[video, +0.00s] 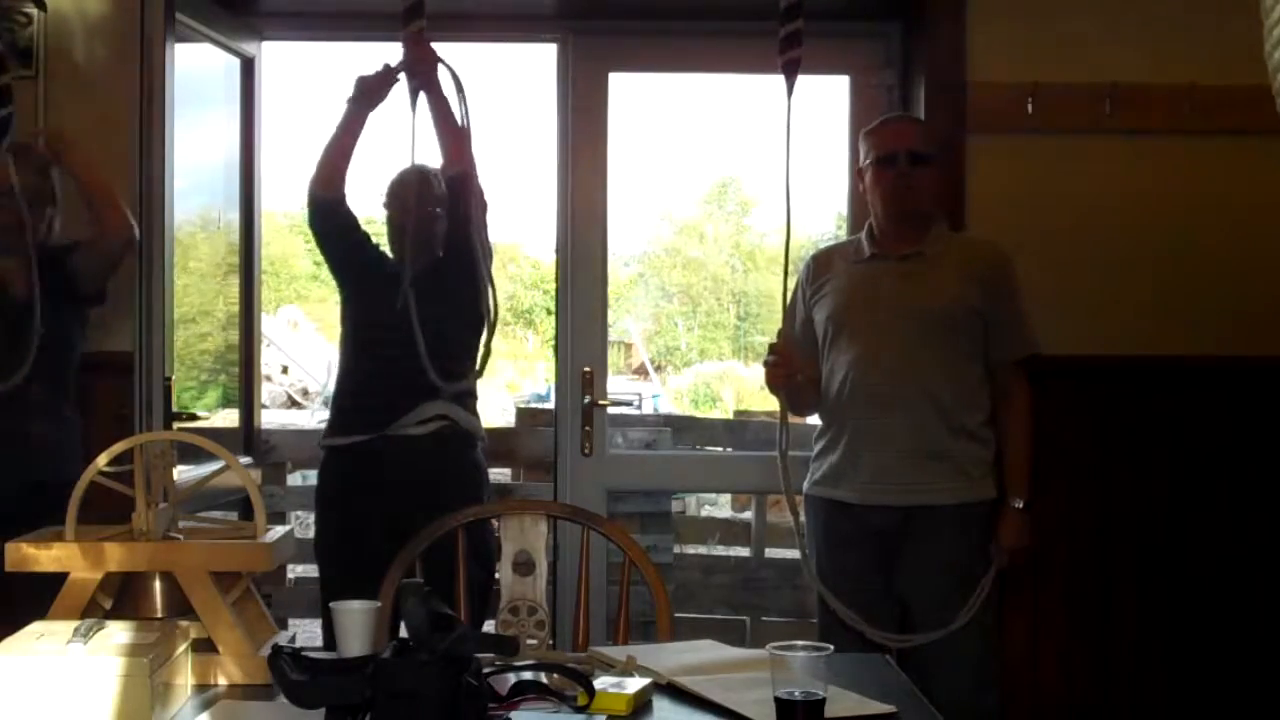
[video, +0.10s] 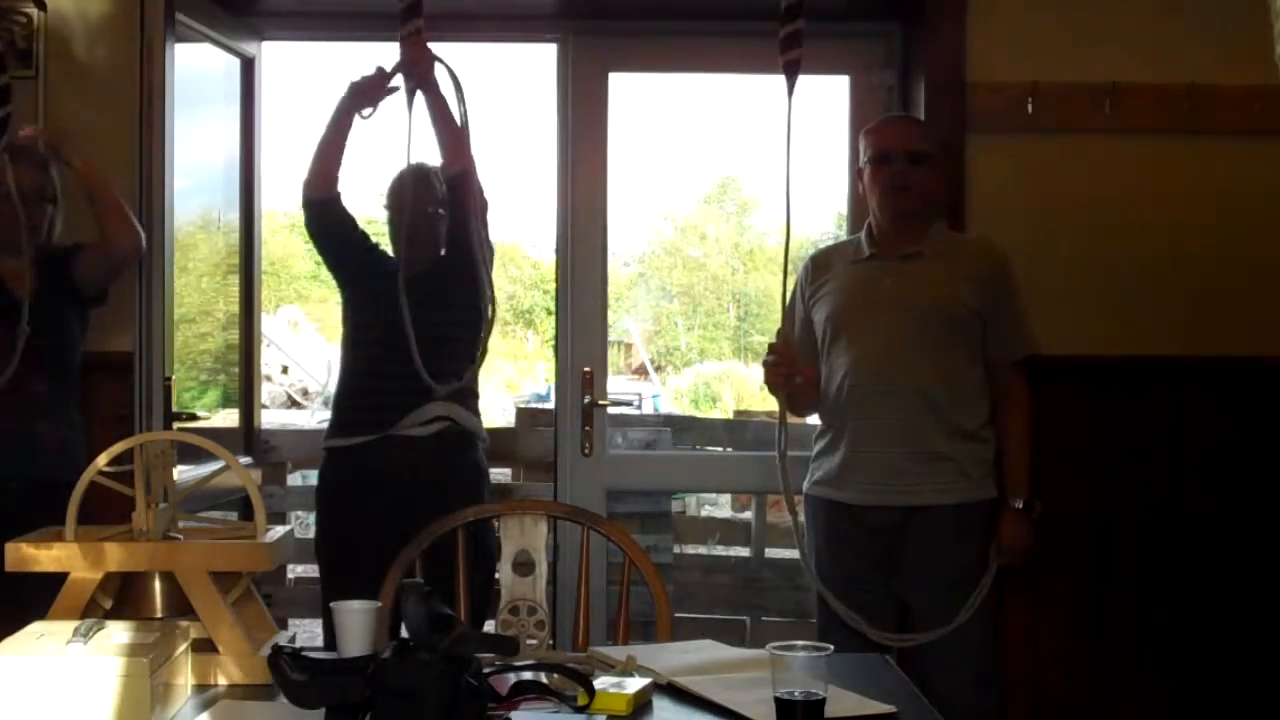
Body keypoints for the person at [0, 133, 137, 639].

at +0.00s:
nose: (24, 213)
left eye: (35, 199)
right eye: (15, 198)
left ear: (50, 208)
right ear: (5, 204)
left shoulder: (56, 271)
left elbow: (119, 235)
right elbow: (117, 236)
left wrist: (70, 156)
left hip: (47, 467)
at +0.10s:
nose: (31, 212)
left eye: (43, 199)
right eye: (16, 198)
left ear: (57, 204)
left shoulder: (61, 272)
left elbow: (128, 245)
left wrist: (74, 160)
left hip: (52, 473)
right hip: (6, 473)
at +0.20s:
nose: (34, 211)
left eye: (44, 199)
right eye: (22, 197)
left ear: (57, 207)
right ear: (1, 200)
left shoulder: (62, 273)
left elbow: (131, 247)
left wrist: (72, 164)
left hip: (51, 471)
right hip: (7, 471)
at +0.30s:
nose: (33, 212)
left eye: (43, 200)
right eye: (21, 198)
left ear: (56, 209)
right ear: (2, 202)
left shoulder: (61, 274)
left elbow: (131, 247)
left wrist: (72, 165)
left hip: (50, 472)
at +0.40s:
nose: (31, 210)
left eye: (41, 198)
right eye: (20, 197)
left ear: (54, 207)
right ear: (1, 201)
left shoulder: (60, 272)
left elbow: (131, 247)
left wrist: (69, 164)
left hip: (52, 469)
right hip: (9, 469)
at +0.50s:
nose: (29, 208)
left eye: (37, 196)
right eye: (18, 195)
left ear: (51, 204)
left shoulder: (58, 271)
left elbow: (130, 244)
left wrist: (67, 162)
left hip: (52, 469)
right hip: (7, 470)